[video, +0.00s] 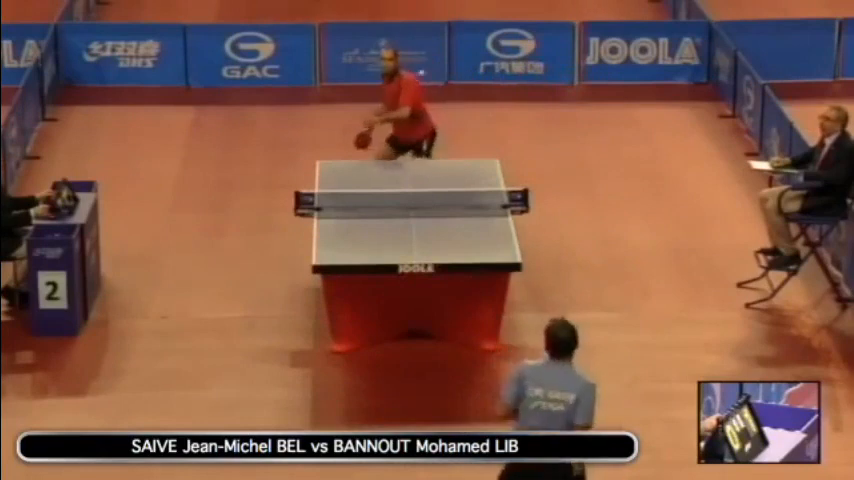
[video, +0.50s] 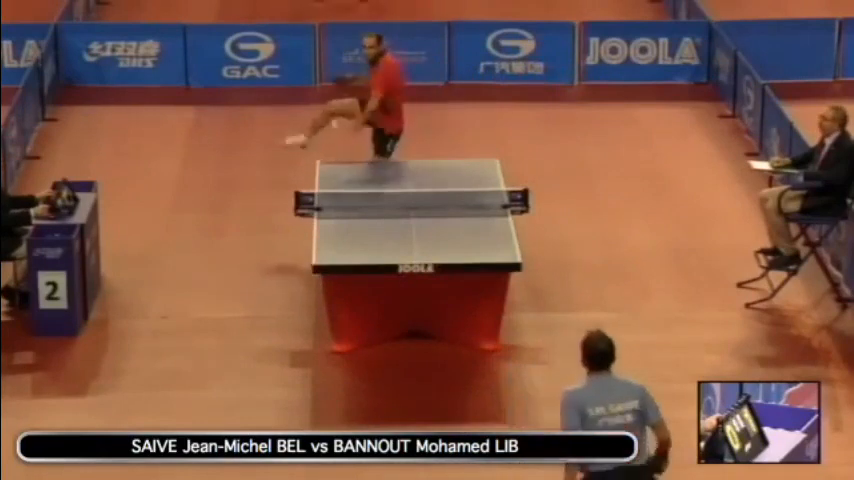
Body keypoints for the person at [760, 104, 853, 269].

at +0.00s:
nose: (821, 122)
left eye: (827, 119)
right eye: (822, 118)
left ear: (839, 125)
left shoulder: (846, 147)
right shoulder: (826, 140)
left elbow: (837, 177)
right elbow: (808, 158)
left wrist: (804, 175)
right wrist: (787, 163)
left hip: (829, 199)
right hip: (815, 191)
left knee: (774, 205)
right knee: (765, 196)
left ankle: (790, 254)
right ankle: (780, 247)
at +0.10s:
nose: (821, 122)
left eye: (827, 119)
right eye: (822, 118)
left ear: (839, 125)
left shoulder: (846, 147)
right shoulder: (827, 141)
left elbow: (837, 177)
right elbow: (808, 158)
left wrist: (804, 175)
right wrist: (786, 163)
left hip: (829, 199)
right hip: (815, 191)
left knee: (774, 205)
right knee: (765, 196)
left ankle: (790, 254)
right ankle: (780, 247)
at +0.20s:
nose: (820, 122)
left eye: (826, 119)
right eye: (821, 118)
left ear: (838, 125)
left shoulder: (846, 147)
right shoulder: (827, 140)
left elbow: (836, 177)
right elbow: (808, 157)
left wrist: (804, 175)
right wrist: (787, 162)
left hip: (830, 199)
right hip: (816, 191)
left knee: (773, 205)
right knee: (765, 197)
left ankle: (790, 254)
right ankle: (780, 247)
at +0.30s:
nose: (820, 122)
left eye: (825, 119)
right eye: (821, 118)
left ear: (837, 124)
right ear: (834, 123)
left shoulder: (846, 147)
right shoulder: (827, 140)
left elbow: (836, 177)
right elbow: (808, 158)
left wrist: (803, 175)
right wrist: (787, 163)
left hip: (829, 199)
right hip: (815, 191)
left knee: (773, 204)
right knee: (765, 197)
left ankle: (790, 254)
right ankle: (780, 247)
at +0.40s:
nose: (820, 122)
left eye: (825, 119)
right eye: (821, 118)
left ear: (837, 124)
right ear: (834, 123)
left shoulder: (846, 147)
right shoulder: (827, 140)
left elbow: (836, 177)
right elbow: (808, 158)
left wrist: (803, 175)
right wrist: (787, 163)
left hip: (829, 199)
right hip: (815, 191)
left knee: (773, 205)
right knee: (765, 197)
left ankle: (790, 254)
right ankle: (780, 247)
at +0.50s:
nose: (820, 122)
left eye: (825, 119)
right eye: (821, 118)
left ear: (837, 124)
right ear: (833, 123)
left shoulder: (846, 147)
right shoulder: (827, 139)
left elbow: (836, 177)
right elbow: (809, 157)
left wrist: (803, 175)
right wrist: (787, 163)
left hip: (829, 199)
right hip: (815, 190)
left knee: (773, 205)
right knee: (765, 197)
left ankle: (790, 254)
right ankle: (780, 247)